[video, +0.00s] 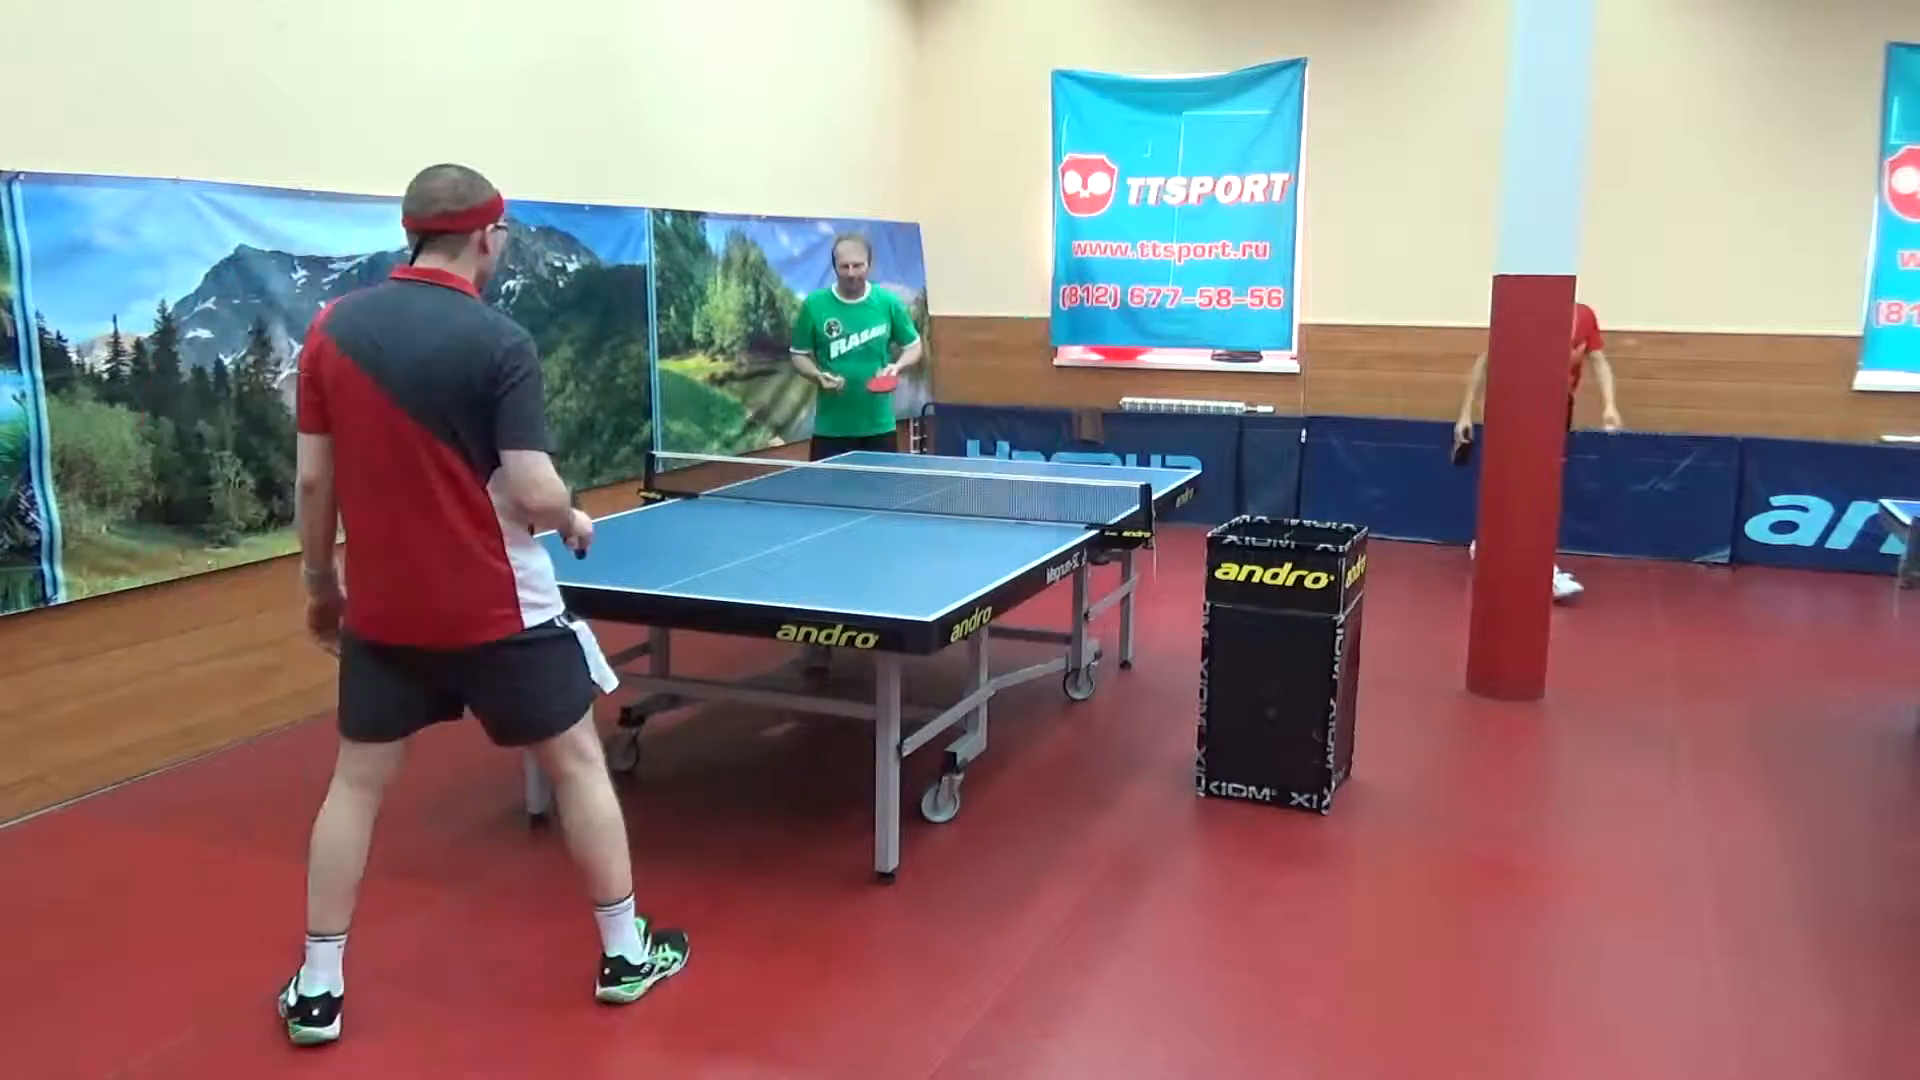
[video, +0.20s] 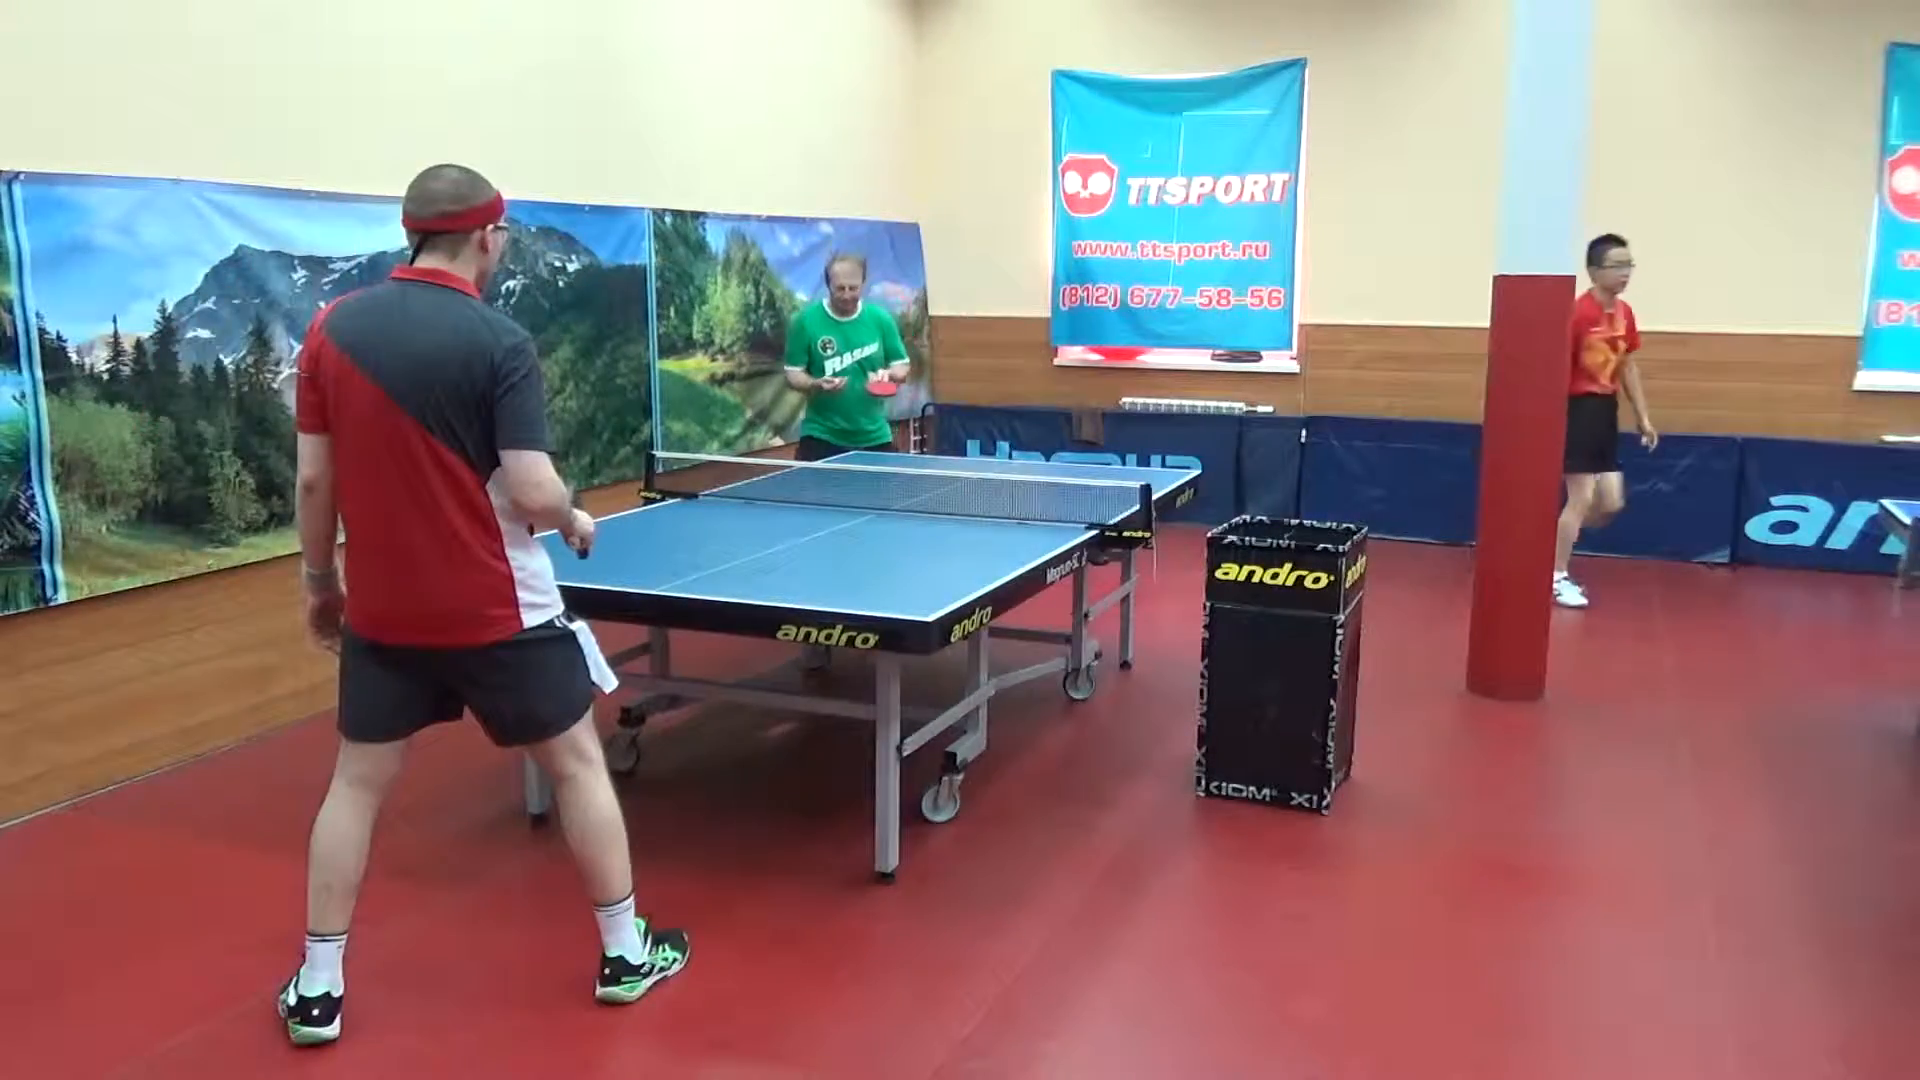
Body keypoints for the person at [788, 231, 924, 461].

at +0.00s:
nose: (851, 273)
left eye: (858, 266)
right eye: (844, 267)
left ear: (868, 265)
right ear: (835, 268)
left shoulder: (888, 302)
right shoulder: (815, 305)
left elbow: (914, 345)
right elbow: (799, 354)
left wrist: (897, 367)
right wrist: (818, 375)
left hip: (879, 424)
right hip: (832, 425)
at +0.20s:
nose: (847, 296)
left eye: (853, 289)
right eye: (840, 289)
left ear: (863, 285)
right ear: (828, 287)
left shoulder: (880, 318)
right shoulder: (806, 322)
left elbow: (902, 365)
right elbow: (793, 373)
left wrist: (888, 374)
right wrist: (817, 384)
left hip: (874, 435)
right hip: (823, 436)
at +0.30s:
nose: (839, 309)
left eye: (845, 303)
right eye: (832, 302)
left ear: (853, 299)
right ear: (819, 298)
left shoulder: (866, 327)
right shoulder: (795, 331)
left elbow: (885, 373)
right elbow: (787, 390)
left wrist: (875, 384)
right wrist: (818, 395)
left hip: (862, 438)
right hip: (815, 442)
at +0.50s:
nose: (841, 320)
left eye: (846, 312)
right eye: (835, 312)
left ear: (851, 308)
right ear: (816, 305)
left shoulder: (847, 326)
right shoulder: (790, 340)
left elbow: (861, 361)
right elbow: (797, 401)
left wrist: (870, 373)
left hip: (842, 431)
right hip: (804, 440)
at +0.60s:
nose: (852, 308)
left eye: (856, 301)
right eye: (846, 300)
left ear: (861, 298)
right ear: (825, 293)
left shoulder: (852, 319)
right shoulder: (798, 327)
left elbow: (882, 340)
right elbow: (803, 387)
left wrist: (900, 350)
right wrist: (850, 378)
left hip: (847, 434)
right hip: (806, 441)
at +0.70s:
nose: (869, 296)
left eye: (873, 289)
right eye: (864, 288)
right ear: (841, 283)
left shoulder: (861, 309)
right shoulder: (810, 319)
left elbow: (888, 311)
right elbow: (793, 372)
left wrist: (913, 313)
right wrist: (838, 388)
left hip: (853, 429)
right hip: (813, 438)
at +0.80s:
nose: (888, 294)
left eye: (890, 287)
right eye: (883, 287)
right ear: (861, 284)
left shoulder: (871, 306)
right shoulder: (824, 314)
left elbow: (892, 305)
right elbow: (786, 358)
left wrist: (919, 301)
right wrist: (819, 393)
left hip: (862, 433)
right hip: (820, 440)